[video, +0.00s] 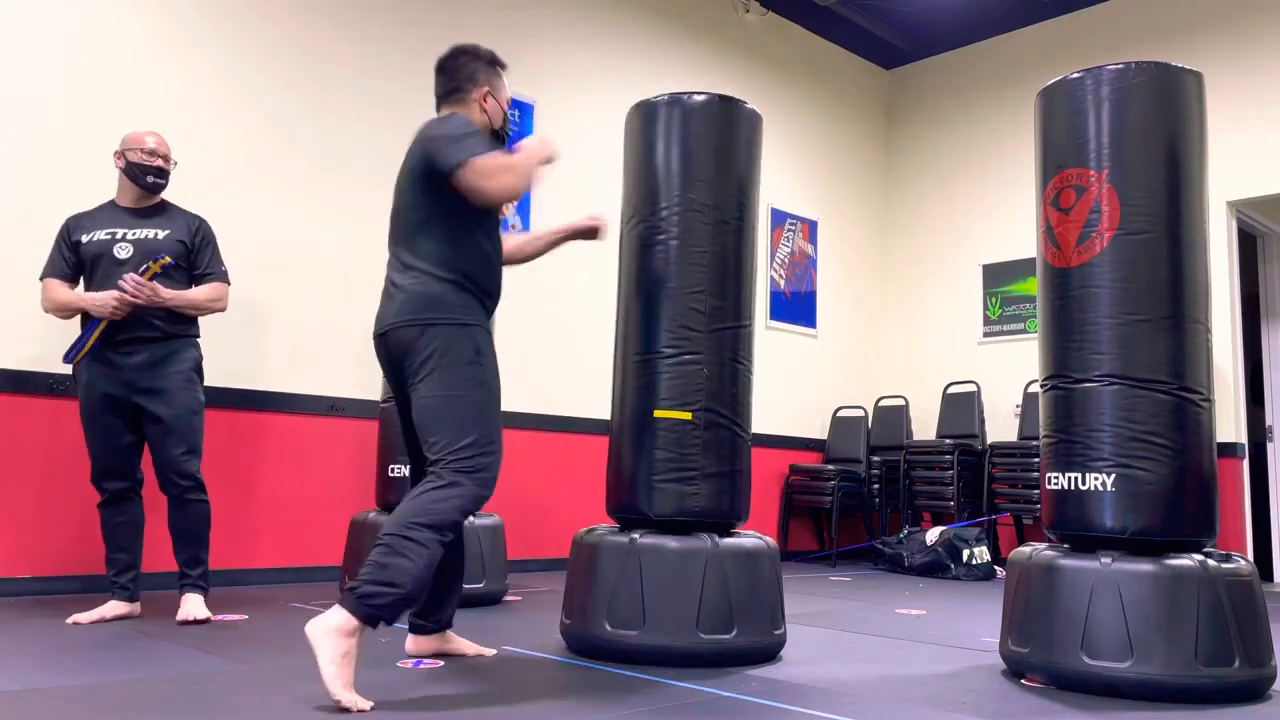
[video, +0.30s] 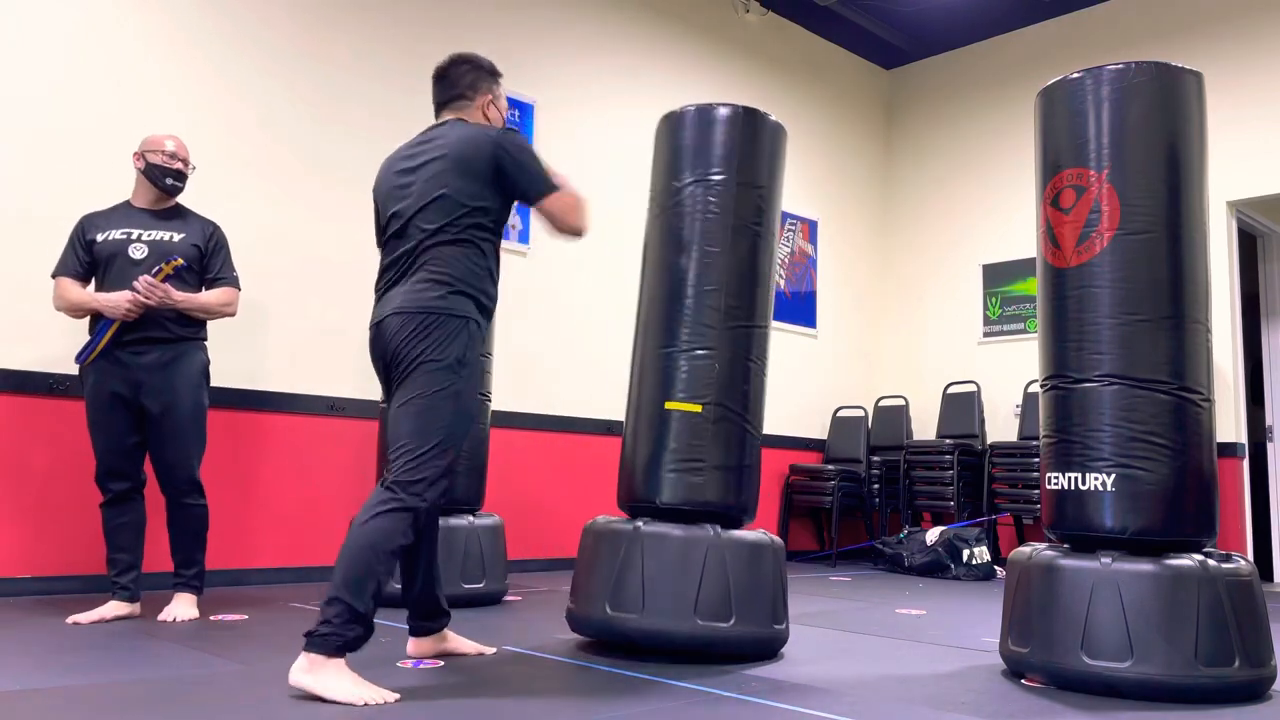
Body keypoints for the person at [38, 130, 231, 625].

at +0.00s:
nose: (156, 162)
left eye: (164, 157)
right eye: (145, 153)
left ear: (172, 170)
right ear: (118, 160)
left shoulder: (192, 228)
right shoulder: (79, 227)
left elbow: (218, 297)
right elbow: (51, 296)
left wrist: (166, 297)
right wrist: (89, 300)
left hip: (172, 370)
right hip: (104, 372)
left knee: (183, 479)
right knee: (115, 485)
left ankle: (193, 591)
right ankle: (124, 594)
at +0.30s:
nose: (175, 164)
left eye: (183, 161)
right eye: (165, 154)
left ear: (189, 176)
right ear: (137, 161)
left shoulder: (205, 232)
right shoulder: (94, 226)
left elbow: (228, 301)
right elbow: (63, 295)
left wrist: (177, 299)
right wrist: (103, 300)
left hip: (178, 369)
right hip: (110, 369)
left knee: (182, 482)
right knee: (117, 483)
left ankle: (187, 592)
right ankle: (124, 594)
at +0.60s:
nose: (191, 165)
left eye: (199, 162)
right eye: (181, 155)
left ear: (205, 178)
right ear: (156, 163)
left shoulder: (221, 235)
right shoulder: (112, 227)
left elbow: (244, 304)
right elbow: (81, 295)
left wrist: (193, 298)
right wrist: (123, 297)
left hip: (191, 370)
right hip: (124, 370)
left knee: (190, 483)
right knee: (125, 483)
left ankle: (188, 593)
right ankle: (125, 594)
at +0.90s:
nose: (208, 170)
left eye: (216, 166)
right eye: (199, 161)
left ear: (222, 180)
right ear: (173, 167)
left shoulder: (237, 237)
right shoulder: (130, 229)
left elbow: (260, 306)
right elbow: (102, 298)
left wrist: (209, 295)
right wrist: (142, 297)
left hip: (206, 371)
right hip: (139, 370)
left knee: (199, 485)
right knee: (130, 481)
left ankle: (189, 594)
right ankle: (126, 595)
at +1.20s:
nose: (223, 174)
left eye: (230, 170)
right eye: (213, 164)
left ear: (236, 184)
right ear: (187, 170)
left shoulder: (249, 240)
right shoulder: (142, 229)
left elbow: (270, 308)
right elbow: (113, 298)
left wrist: (218, 295)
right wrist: (154, 298)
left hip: (214, 374)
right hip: (148, 371)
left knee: (204, 485)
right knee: (136, 481)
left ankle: (189, 594)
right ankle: (126, 594)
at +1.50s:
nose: (232, 177)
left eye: (240, 173)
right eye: (223, 168)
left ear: (246, 187)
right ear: (197, 172)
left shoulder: (256, 242)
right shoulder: (151, 229)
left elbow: (275, 311)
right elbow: (120, 296)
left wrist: (224, 296)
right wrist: (163, 297)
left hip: (219, 374)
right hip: (153, 371)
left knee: (207, 485)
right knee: (139, 480)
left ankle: (190, 594)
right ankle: (126, 594)